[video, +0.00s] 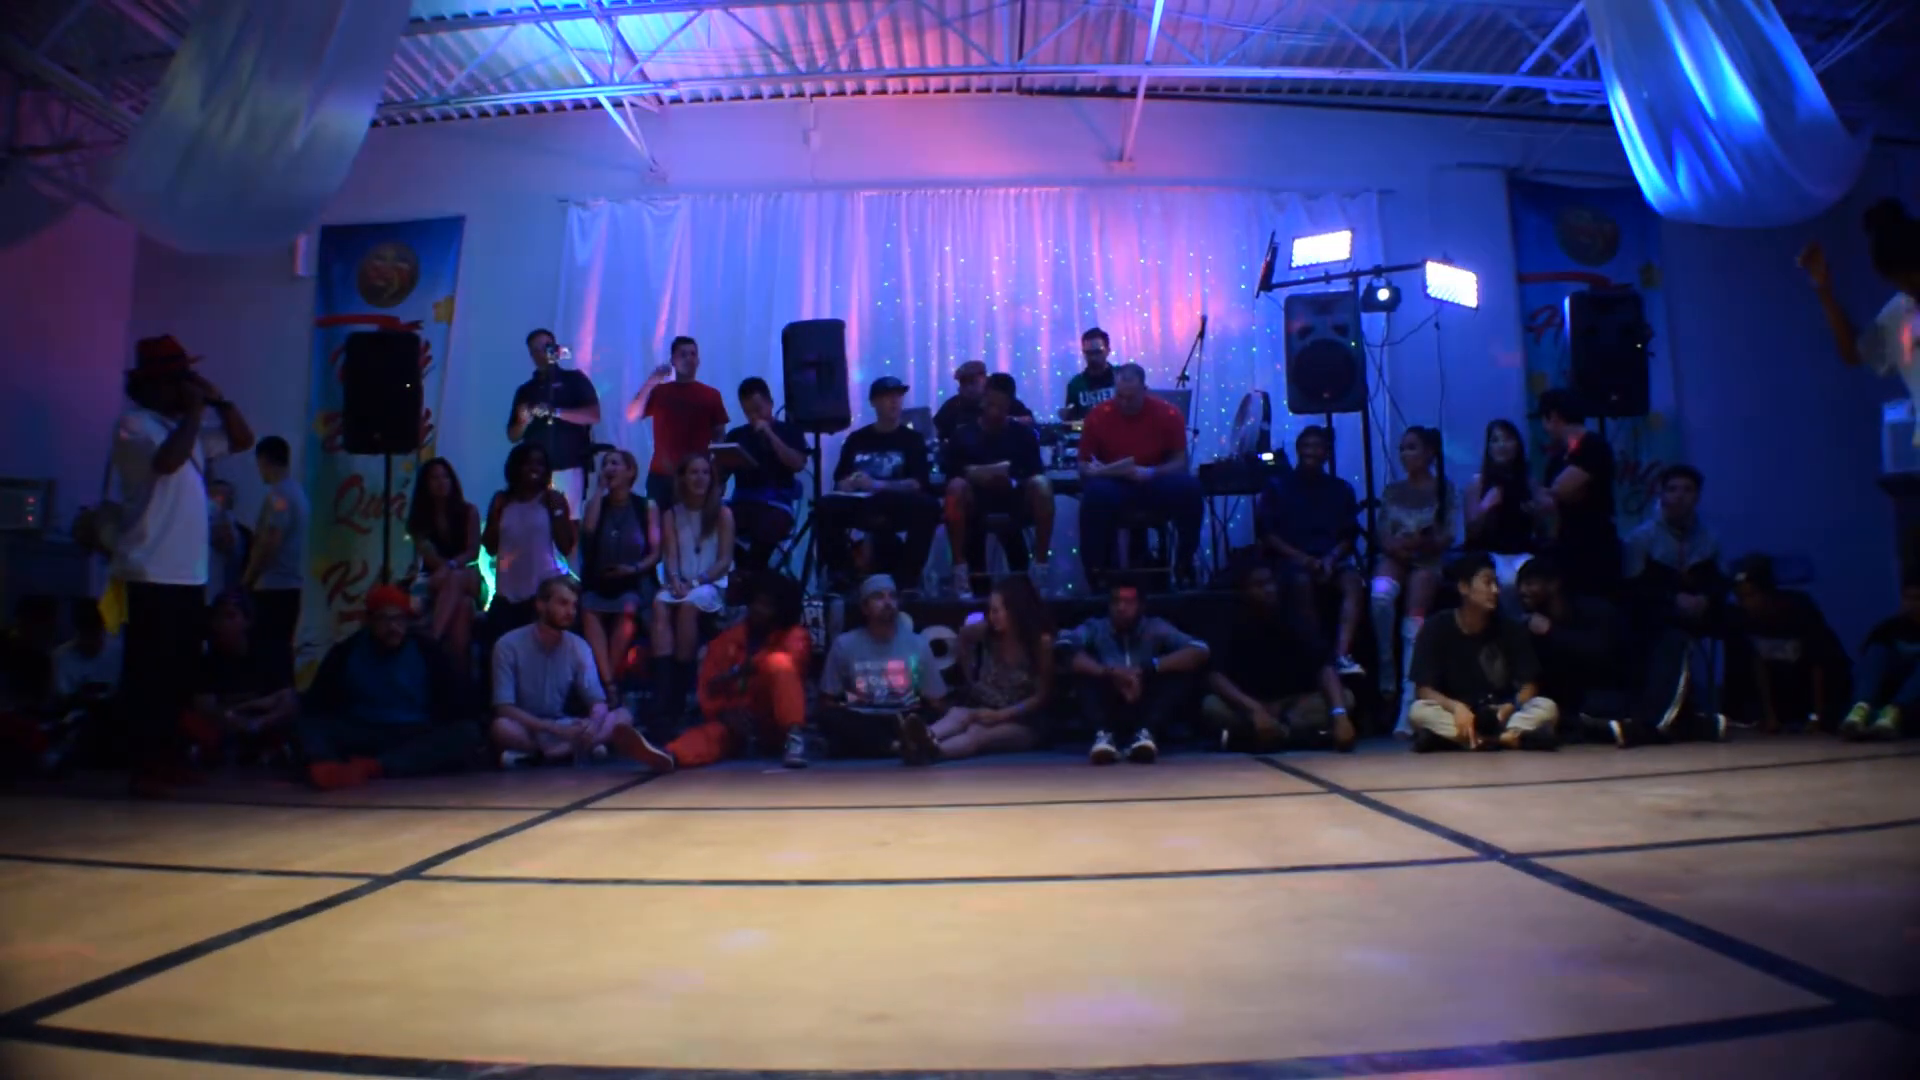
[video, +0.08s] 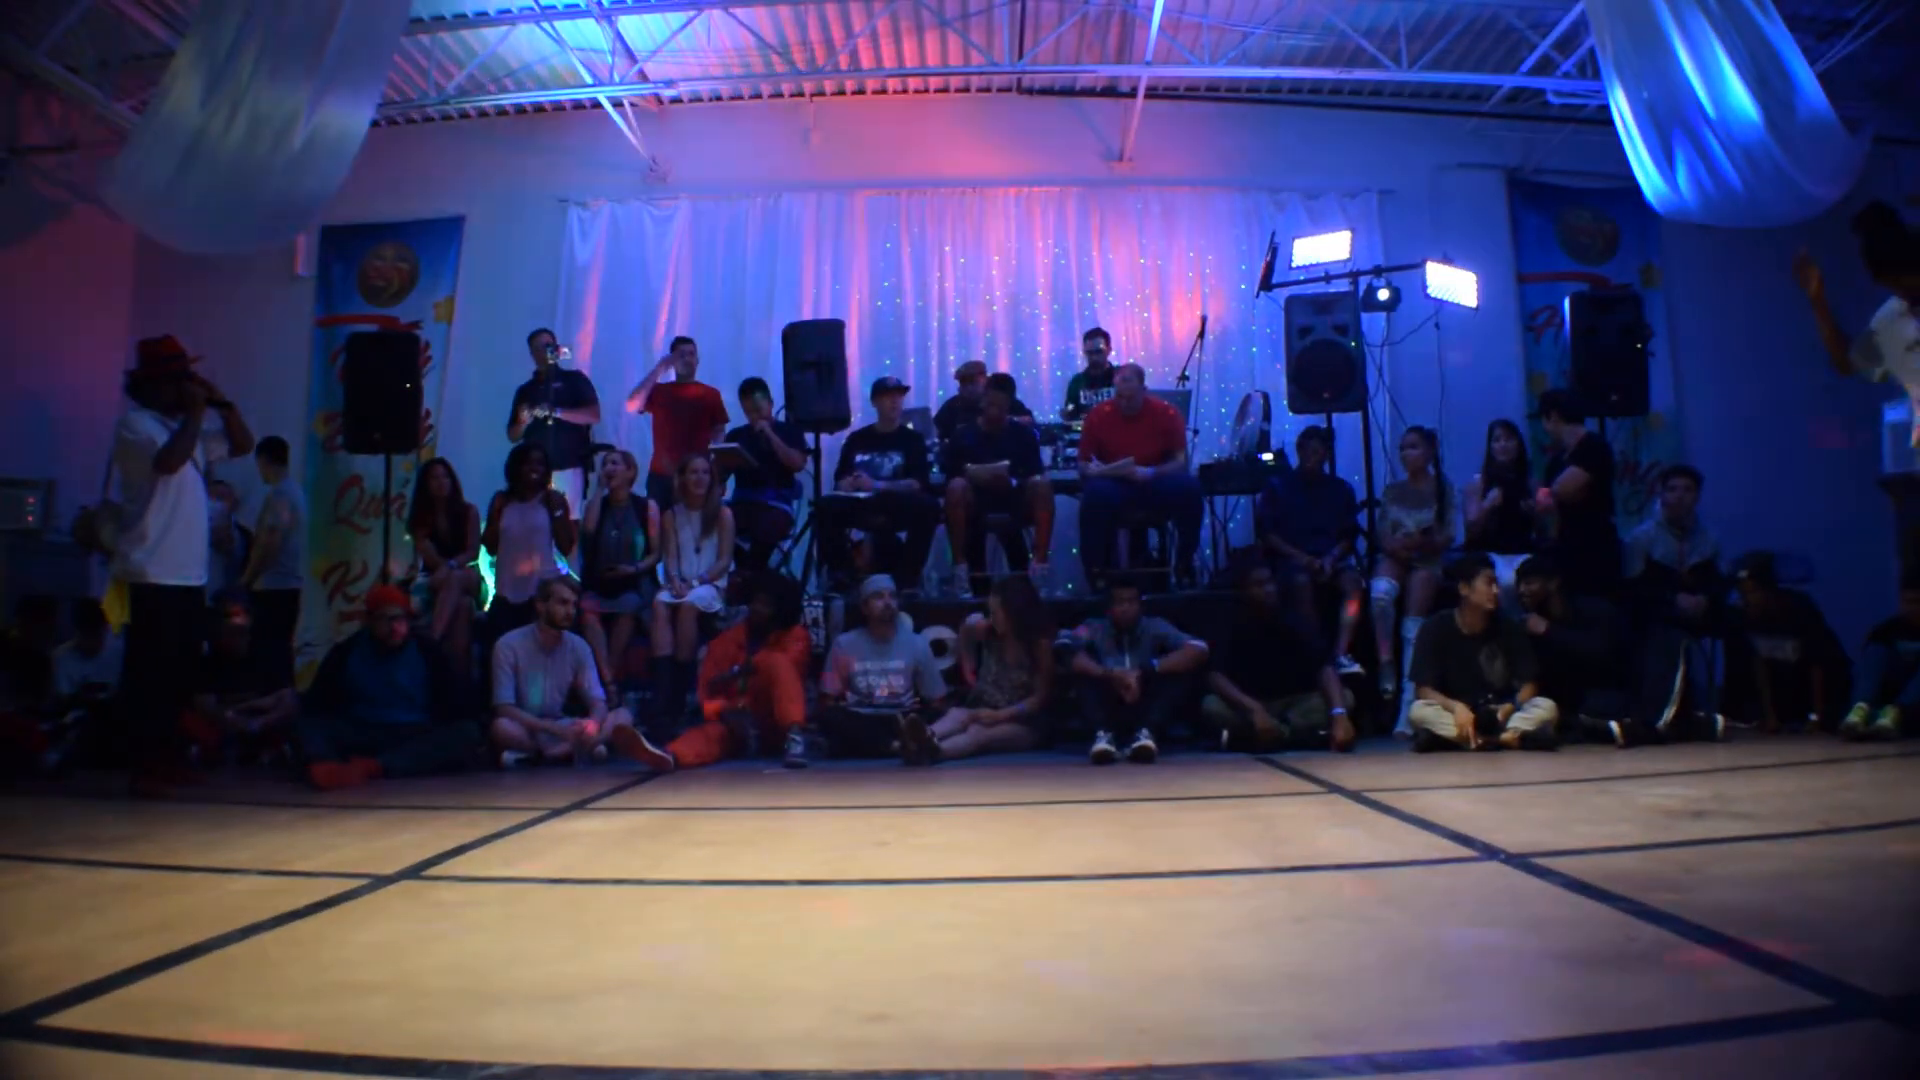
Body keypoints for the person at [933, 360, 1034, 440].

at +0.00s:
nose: (967, 388)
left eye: (972, 382)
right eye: (963, 383)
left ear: (984, 380)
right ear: (959, 383)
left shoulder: (1002, 400)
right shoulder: (953, 405)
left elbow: (1029, 419)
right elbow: (935, 431)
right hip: (967, 456)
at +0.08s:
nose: (967, 388)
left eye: (972, 382)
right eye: (963, 383)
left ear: (985, 380)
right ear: (959, 383)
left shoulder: (1002, 400)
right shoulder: (953, 405)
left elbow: (1028, 419)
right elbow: (936, 430)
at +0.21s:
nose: (967, 388)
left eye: (973, 382)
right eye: (963, 382)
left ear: (986, 380)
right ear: (960, 382)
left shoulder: (1005, 402)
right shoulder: (953, 405)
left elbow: (1029, 421)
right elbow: (935, 430)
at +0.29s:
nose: (967, 387)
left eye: (973, 380)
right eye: (963, 381)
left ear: (985, 378)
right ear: (960, 381)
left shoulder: (1004, 400)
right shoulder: (954, 404)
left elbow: (1029, 420)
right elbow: (936, 428)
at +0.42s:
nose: (967, 386)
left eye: (974, 380)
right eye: (965, 380)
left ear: (987, 377)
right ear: (962, 379)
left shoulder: (1006, 400)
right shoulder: (957, 403)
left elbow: (1030, 420)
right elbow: (937, 428)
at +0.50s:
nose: (968, 385)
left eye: (975, 380)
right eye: (967, 380)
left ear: (988, 377)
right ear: (964, 379)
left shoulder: (1007, 399)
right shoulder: (959, 402)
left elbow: (1030, 419)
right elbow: (939, 428)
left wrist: (1001, 421)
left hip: (1006, 452)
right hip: (969, 455)